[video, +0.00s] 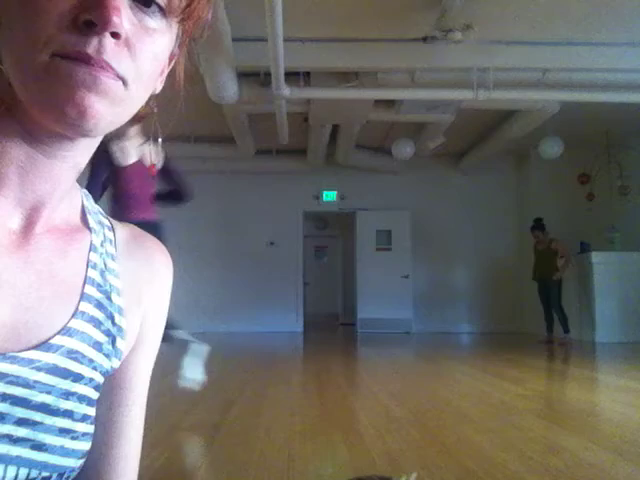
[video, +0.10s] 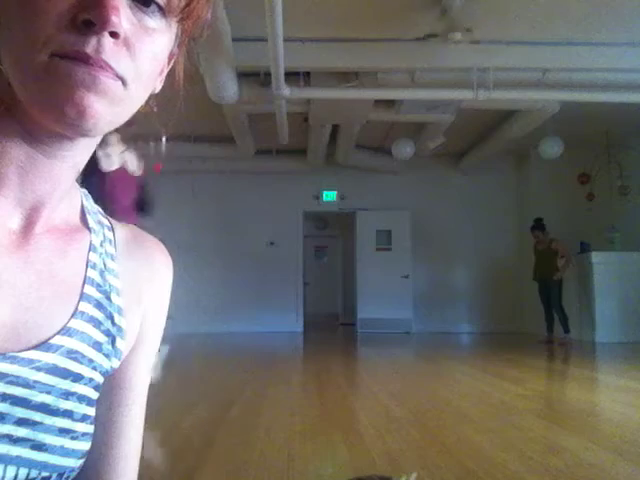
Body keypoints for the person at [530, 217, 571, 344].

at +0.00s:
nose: (536, 239)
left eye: (537, 236)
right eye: (534, 236)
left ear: (544, 233)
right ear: (533, 235)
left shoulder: (554, 244)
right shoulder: (536, 245)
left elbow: (567, 257)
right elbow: (537, 261)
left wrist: (561, 272)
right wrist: (535, 274)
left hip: (553, 278)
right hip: (541, 279)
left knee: (556, 306)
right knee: (546, 307)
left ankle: (566, 333)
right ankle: (549, 334)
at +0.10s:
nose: (536, 239)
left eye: (537, 236)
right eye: (534, 236)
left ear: (544, 233)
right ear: (534, 235)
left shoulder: (554, 244)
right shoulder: (537, 245)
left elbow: (568, 258)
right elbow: (538, 261)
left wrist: (561, 272)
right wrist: (536, 274)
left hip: (554, 278)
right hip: (542, 279)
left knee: (556, 305)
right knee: (547, 307)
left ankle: (567, 333)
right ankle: (549, 334)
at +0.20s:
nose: (537, 240)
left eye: (538, 237)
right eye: (535, 237)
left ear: (545, 234)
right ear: (535, 236)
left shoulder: (555, 244)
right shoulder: (538, 246)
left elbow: (569, 257)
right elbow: (540, 261)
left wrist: (562, 271)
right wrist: (538, 274)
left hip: (555, 278)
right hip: (543, 279)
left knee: (559, 305)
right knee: (548, 307)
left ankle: (568, 333)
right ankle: (549, 334)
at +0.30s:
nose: (538, 240)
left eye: (539, 237)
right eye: (536, 237)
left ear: (545, 234)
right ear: (535, 236)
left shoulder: (556, 244)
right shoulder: (540, 246)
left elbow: (571, 256)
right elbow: (543, 261)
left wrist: (565, 271)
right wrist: (540, 273)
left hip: (558, 277)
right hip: (546, 278)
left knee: (562, 304)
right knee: (549, 306)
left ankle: (568, 333)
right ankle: (550, 334)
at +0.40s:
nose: (537, 240)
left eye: (538, 237)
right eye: (536, 238)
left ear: (544, 234)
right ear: (537, 236)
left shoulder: (557, 244)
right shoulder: (541, 246)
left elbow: (570, 257)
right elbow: (545, 262)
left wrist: (568, 272)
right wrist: (543, 276)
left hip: (561, 278)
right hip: (549, 279)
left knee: (565, 306)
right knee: (550, 307)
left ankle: (569, 334)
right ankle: (551, 334)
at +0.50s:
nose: (536, 242)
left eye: (537, 238)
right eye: (535, 239)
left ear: (542, 235)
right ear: (537, 236)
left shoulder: (559, 243)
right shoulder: (542, 246)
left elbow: (572, 257)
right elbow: (547, 261)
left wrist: (571, 274)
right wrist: (545, 277)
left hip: (564, 279)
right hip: (551, 280)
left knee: (567, 306)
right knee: (552, 307)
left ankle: (569, 335)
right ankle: (552, 335)